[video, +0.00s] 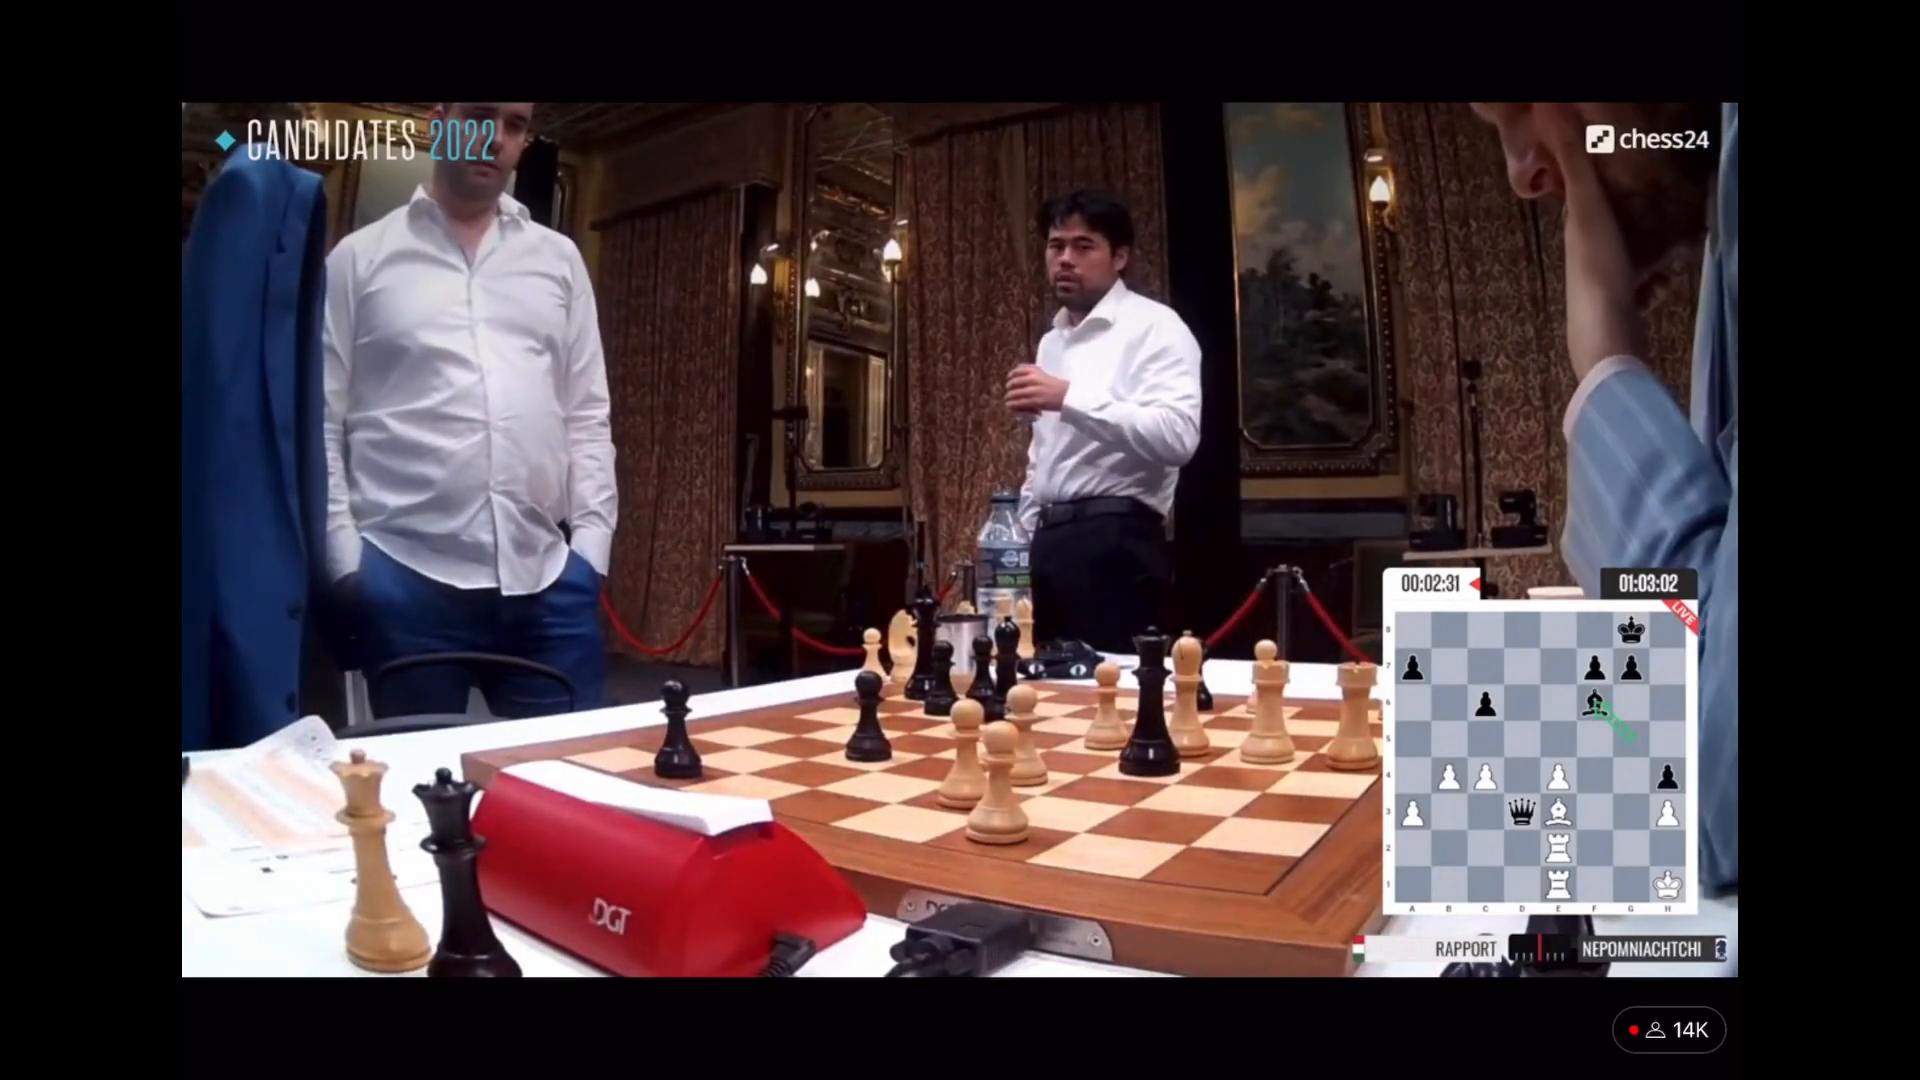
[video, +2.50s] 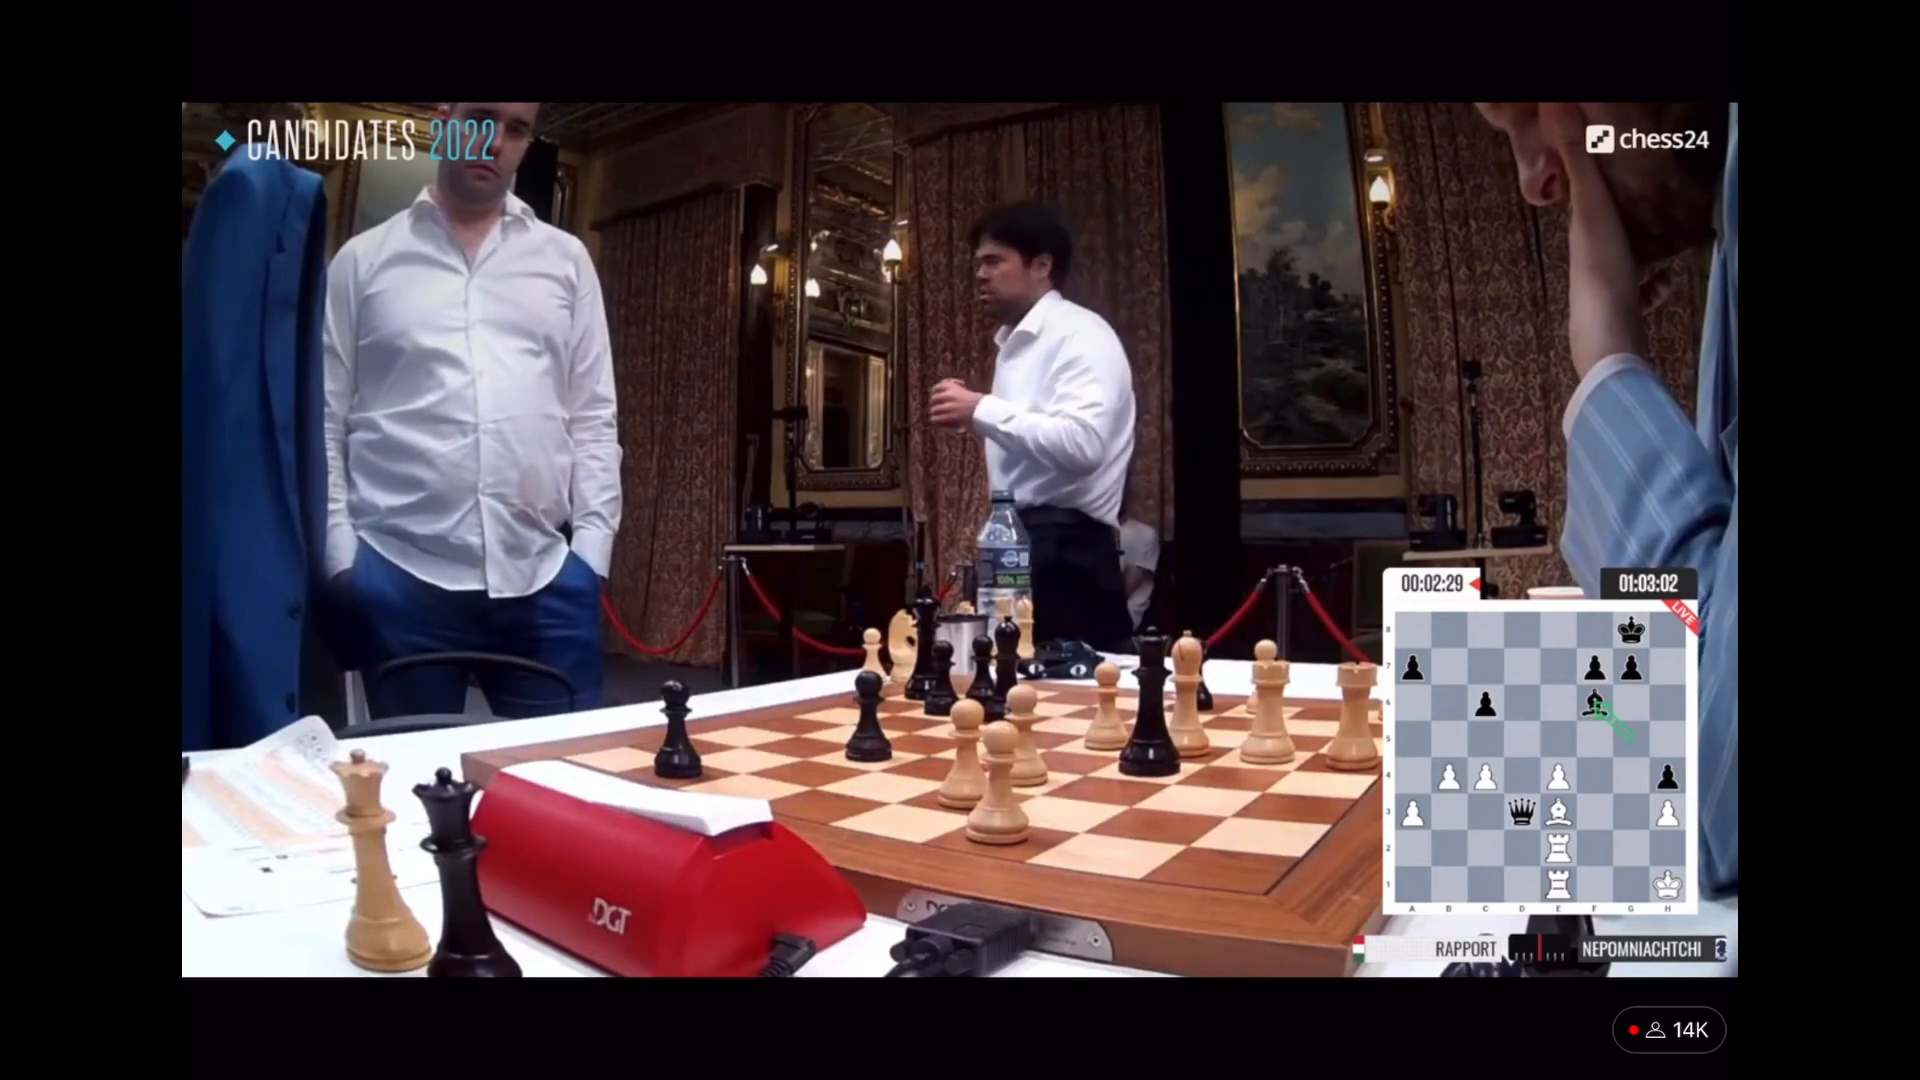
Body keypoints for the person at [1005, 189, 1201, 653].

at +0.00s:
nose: (1065, 260)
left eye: (1083, 247)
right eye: (1057, 246)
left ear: (1120, 258)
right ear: (1046, 254)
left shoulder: (1159, 328)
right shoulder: (1052, 343)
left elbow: (1177, 436)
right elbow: (1042, 454)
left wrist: (1068, 396)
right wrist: (1025, 530)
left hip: (1120, 534)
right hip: (1054, 534)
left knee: (1123, 694)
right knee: (1060, 695)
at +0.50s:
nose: (1069, 260)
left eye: (1087, 247)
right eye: (1060, 246)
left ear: (1123, 258)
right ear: (1048, 254)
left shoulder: (1163, 329)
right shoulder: (1054, 342)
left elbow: (1179, 437)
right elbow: (1042, 452)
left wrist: (1071, 394)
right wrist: (1029, 529)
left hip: (1121, 534)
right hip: (1054, 534)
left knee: (1119, 694)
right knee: (1057, 694)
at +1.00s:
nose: (1068, 261)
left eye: (1085, 247)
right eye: (1059, 247)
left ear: (1123, 258)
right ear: (1049, 255)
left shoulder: (1164, 328)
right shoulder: (1056, 342)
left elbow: (1180, 435)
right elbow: (1044, 453)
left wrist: (1071, 394)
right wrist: (1028, 530)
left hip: (1122, 534)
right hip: (1055, 533)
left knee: (1119, 695)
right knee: (1056, 695)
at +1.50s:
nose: (1070, 261)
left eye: (1088, 248)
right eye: (1062, 247)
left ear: (1125, 258)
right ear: (1051, 254)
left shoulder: (1165, 328)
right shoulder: (1059, 342)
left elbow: (1180, 435)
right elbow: (1048, 458)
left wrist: (1071, 394)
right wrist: (1029, 539)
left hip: (1124, 535)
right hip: (1058, 534)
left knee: (1120, 695)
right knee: (1058, 695)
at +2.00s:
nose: (1071, 261)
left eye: (1088, 248)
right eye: (1063, 248)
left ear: (1126, 258)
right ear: (1052, 254)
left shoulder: (1166, 329)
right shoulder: (1060, 344)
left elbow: (1181, 437)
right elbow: (1050, 461)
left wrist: (1072, 397)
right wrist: (1029, 539)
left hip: (1125, 536)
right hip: (1058, 535)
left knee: (1122, 696)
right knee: (1059, 696)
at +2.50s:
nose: (979, 275)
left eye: (993, 261)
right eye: (979, 264)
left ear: (1041, 266)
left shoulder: (1083, 336)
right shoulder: (1017, 345)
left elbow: (1082, 444)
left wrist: (981, 409)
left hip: (1069, 546)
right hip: (1022, 540)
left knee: (1085, 699)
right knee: (1030, 697)